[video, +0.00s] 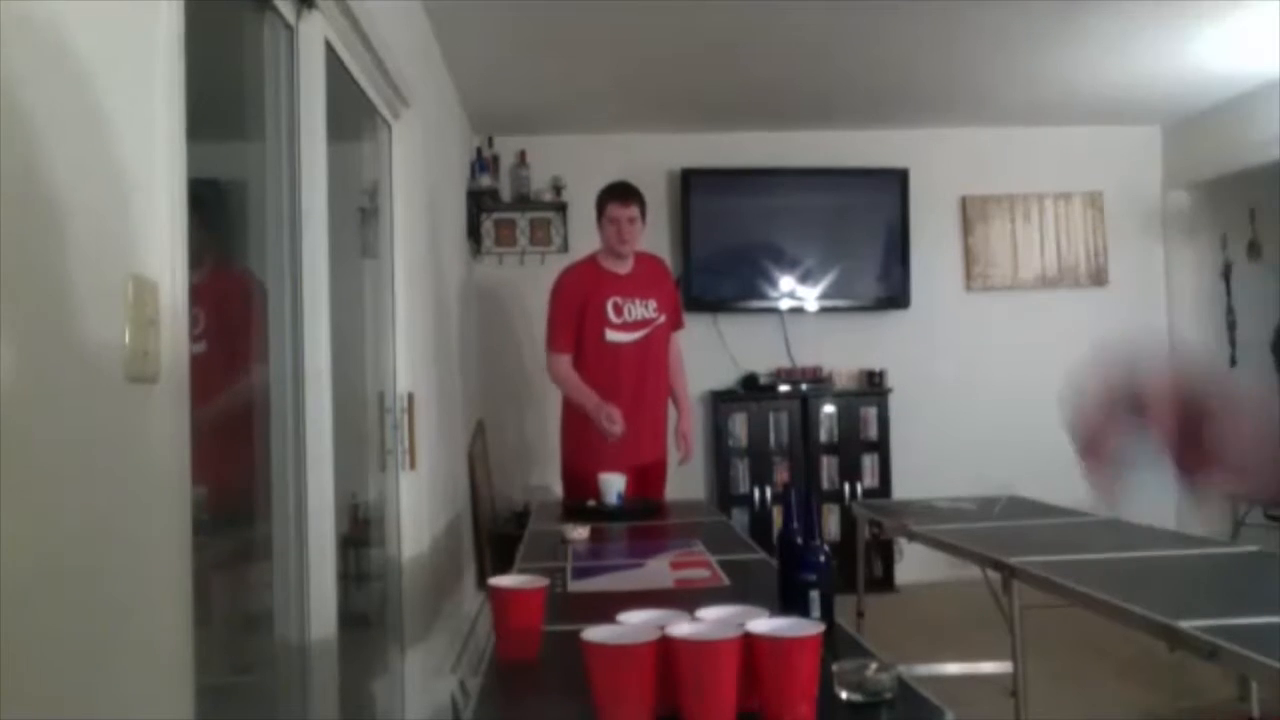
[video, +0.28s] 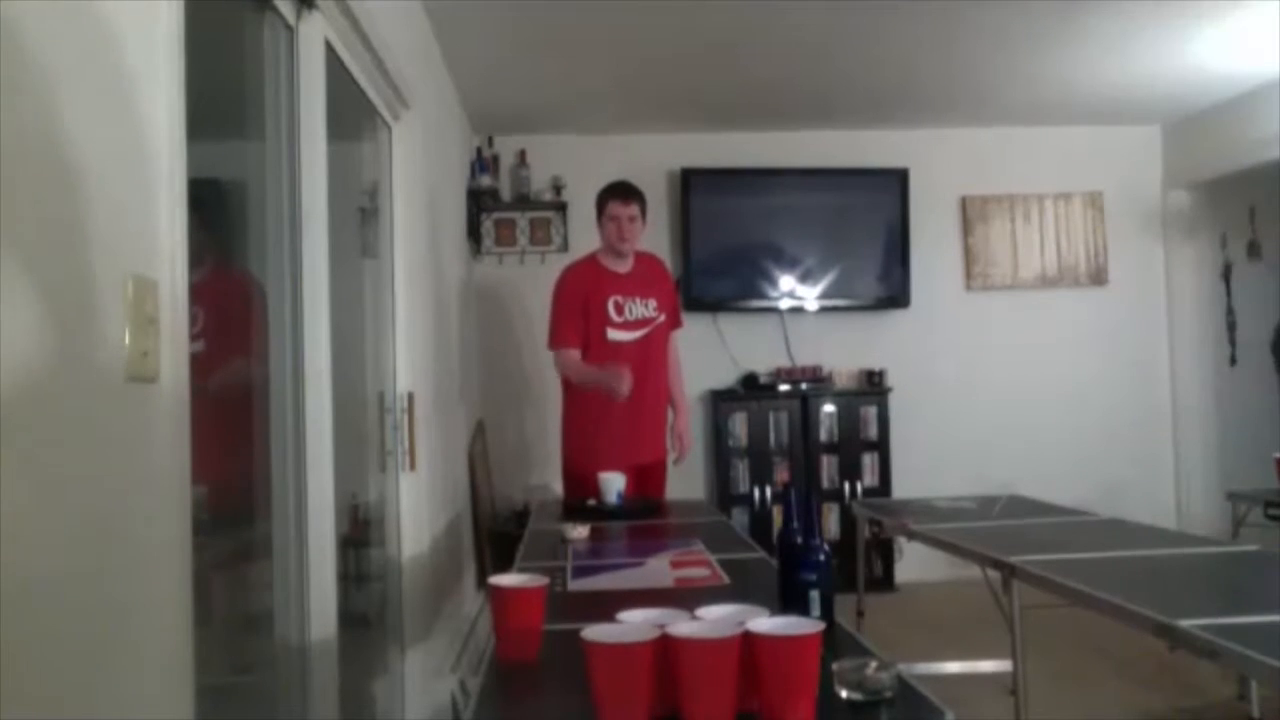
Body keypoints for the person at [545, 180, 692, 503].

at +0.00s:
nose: (623, 231)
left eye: (632, 222)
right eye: (613, 222)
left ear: (643, 225)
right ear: (599, 226)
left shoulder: (658, 274)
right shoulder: (574, 281)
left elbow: (670, 348)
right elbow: (558, 364)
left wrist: (684, 413)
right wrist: (595, 407)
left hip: (648, 440)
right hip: (592, 444)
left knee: (648, 542)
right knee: (594, 542)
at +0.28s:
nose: (624, 229)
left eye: (632, 220)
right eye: (614, 220)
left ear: (643, 225)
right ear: (599, 224)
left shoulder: (657, 272)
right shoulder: (576, 278)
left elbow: (668, 348)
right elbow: (566, 362)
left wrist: (681, 412)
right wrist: (603, 377)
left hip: (648, 439)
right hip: (593, 443)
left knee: (648, 541)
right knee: (594, 542)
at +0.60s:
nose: (624, 229)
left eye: (632, 220)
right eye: (614, 220)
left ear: (644, 225)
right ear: (600, 224)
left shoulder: (654, 270)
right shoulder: (578, 276)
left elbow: (667, 347)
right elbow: (579, 343)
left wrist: (681, 412)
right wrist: (610, 287)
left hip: (647, 434)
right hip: (594, 435)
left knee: (648, 542)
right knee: (594, 542)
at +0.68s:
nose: (622, 228)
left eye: (632, 219)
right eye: (613, 218)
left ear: (644, 225)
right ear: (600, 222)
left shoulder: (654, 270)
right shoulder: (579, 274)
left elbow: (668, 346)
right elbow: (582, 337)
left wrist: (681, 412)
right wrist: (609, 275)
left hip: (647, 435)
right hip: (594, 436)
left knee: (648, 542)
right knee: (594, 543)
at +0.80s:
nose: (623, 228)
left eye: (632, 218)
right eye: (614, 219)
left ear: (644, 224)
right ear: (600, 223)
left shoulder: (655, 270)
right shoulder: (580, 273)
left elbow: (668, 346)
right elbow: (582, 332)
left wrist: (682, 410)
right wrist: (609, 265)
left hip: (647, 436)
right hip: (594, 437)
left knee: (648, 543)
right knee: (594, 548)